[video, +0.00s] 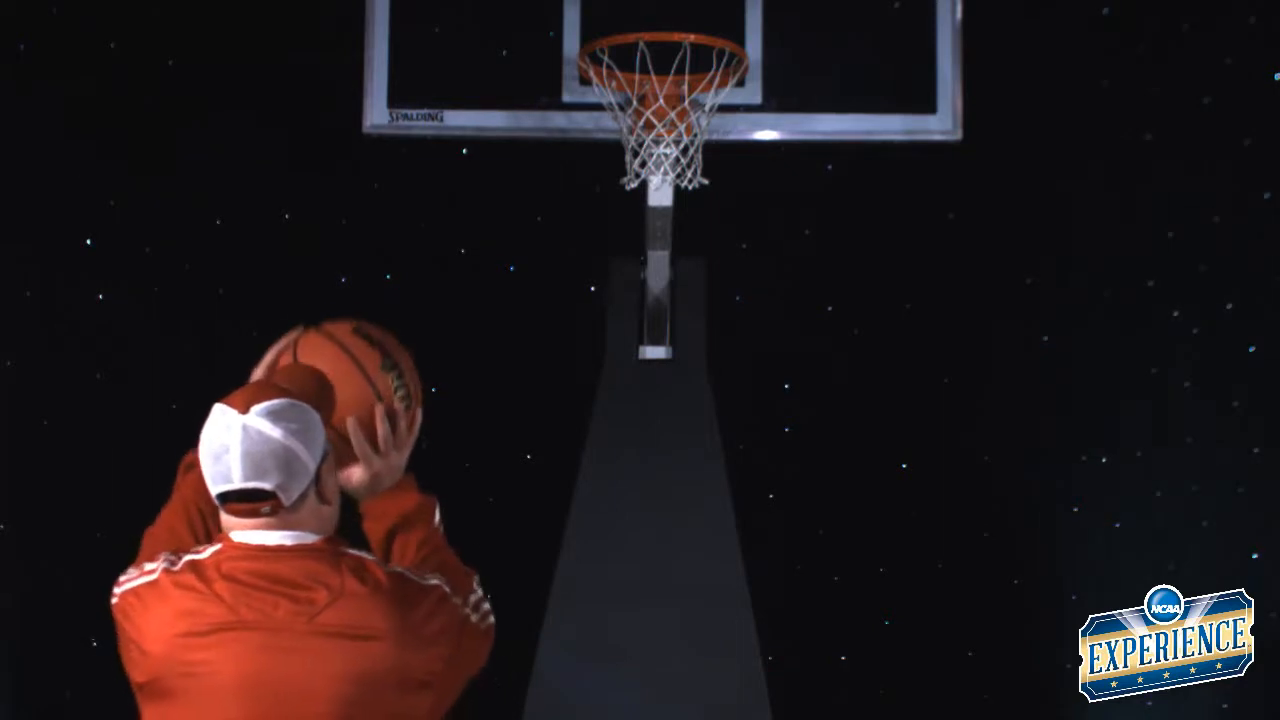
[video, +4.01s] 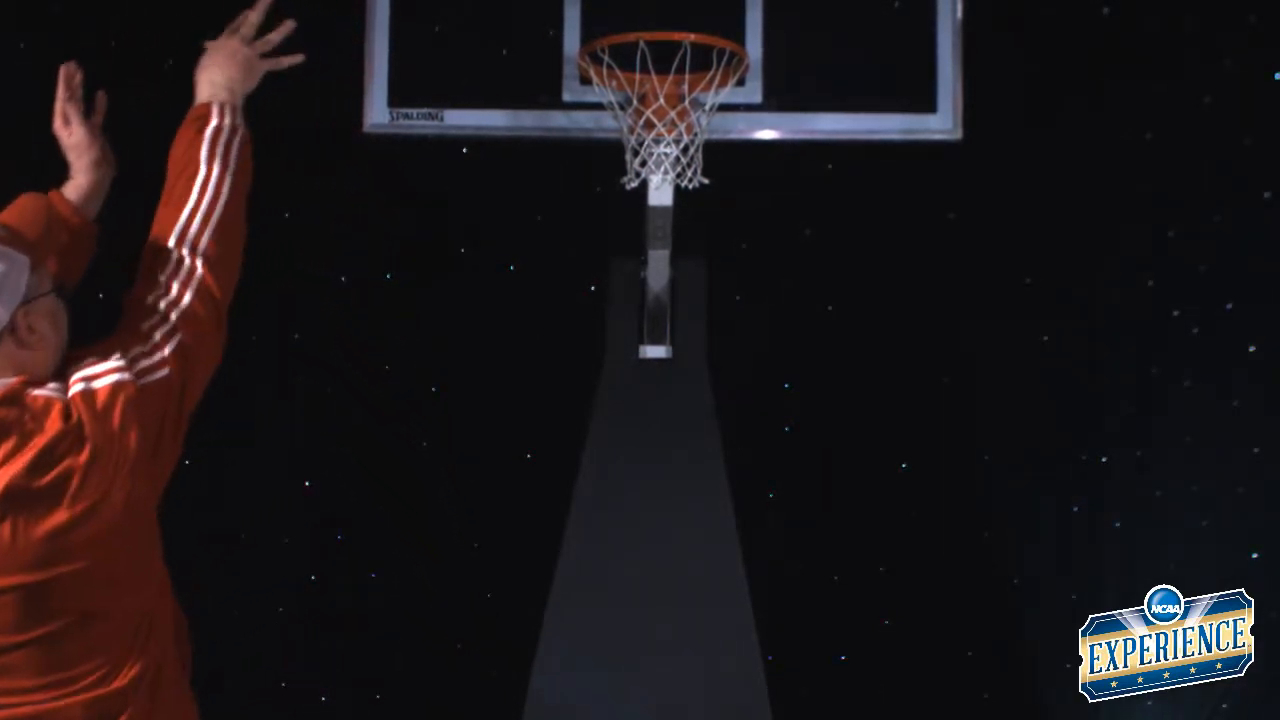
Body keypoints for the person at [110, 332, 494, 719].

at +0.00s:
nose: (337, 469)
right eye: (330, 461)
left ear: (213, 485)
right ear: (323, 485)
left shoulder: (150, 610)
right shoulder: (402, 618)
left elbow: (193, 503)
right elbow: (469, 614)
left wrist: (241, 416)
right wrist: (391, 497)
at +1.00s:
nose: (275, 335)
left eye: (268, 323)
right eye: (268, 327)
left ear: (152, 350)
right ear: (259, 352)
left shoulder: (89, 469)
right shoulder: (340, 485)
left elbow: (141, 342)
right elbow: (423, 443)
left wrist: (211, 233)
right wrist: (362, 323)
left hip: (116, 710)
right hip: (303, 708)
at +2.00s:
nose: (212, 225)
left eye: (206, 213)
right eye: (205, 217)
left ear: (90, 239)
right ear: (191, 242)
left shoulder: (14, 351)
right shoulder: (260, 378)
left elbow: (90, 242)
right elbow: (380, 362)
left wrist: (183, 133)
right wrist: (320, 236)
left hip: (60, 703)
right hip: (243, 703)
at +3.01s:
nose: (139, 220)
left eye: (132, 207)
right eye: (131, 207)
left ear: (22, 236)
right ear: (108, 232)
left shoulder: (2, 327)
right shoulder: (170, 355)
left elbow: (39, 193)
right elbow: (300, 271)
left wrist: (158, 117)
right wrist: (301, 129)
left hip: (19, 697)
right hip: (166, 699)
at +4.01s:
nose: (56, 295)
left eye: (43, 285)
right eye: (44, 288)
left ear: (9, 332)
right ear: (20, 330)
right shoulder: (89, 430)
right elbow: (185, 274)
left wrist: (79, 191)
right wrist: (219, 102)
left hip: (17, 702)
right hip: (125, 702)